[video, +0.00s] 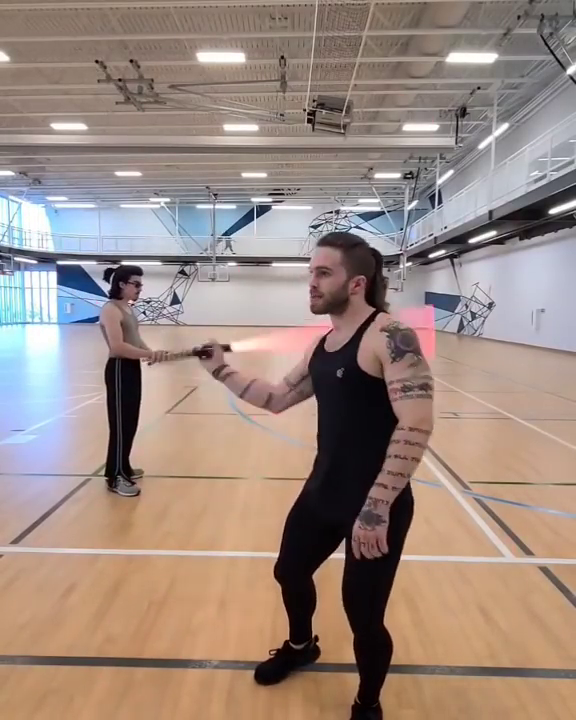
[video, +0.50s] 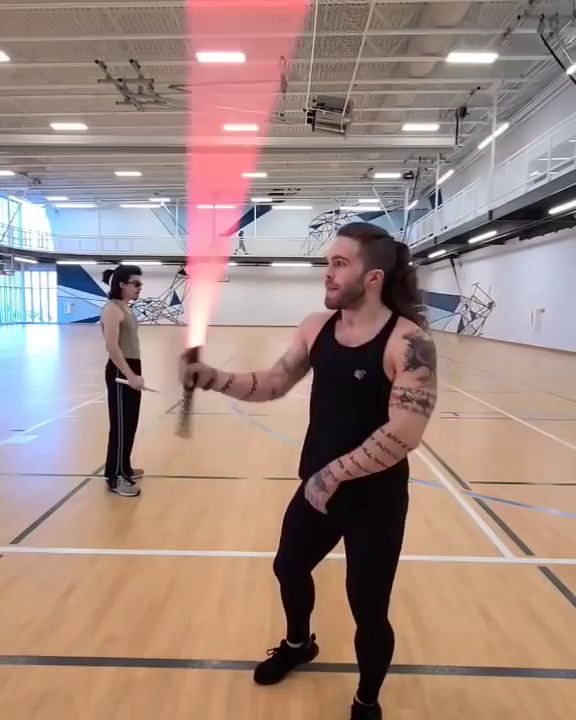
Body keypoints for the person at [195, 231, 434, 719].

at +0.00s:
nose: (312, 281)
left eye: (324, 273)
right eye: (312, 272)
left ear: (358, 282)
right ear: (317, 277)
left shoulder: (391, 336)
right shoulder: (328, 343)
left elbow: (417, 426)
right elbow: (277, 396)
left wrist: (375, 508)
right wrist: (222, 370)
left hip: (377, 497)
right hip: (328, 486)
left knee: (363, 612)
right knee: (291, 569)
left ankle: (368, 702)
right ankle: (301, 643)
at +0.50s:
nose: (327, 274)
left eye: (340, 265)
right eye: (328, 264)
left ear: (374, 277)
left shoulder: (409, 340)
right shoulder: (320, 326)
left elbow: (405, 432)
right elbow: (273, 382)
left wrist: (335, 472)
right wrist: (214, 378)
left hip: (377, 494)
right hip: (322, 483)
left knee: (368, 605)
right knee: (290, 565)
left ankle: (367, 700)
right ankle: (297, 642)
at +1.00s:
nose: (361, 276)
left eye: (375, 264)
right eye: (352, 264)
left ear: (399, 273)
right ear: (342, 269)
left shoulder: (418, 354)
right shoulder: (306, 325)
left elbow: (424, 443)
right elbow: (241, 375)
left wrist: (364, 493)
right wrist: (199, 410)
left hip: (374, 494)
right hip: (311, 482)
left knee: (367, 606)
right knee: (286, 568)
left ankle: (366, 699)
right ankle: (298, 639)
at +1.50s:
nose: (327, 277)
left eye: (340, 266)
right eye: (319, 267)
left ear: (362, 271)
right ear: (311, 274)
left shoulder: (392, 335)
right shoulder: (317, 341)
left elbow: (428, 419)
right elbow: (284, 405)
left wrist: (380, 494)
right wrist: (222, 388)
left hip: (369, 495)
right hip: (316, 486)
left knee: (365, 610)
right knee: (281, 573)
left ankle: (367, 700)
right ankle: (296, 640)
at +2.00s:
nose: (288, 275)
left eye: (301, 265)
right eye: (282, 266)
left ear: (328, 275)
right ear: (277, 275)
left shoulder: (344, 333)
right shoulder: (286, 332)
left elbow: (377, 394)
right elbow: (280, 415)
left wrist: (307, 368)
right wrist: (268, 477)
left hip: (321, 491)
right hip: (275, 485)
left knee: (336, 599)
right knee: (283, 576)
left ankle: (364, 696)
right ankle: (290, 655)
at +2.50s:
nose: (274, 283)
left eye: (286, 275)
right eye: (269, 274)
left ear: (312, 280)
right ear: (263, 276)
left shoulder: (322, 331)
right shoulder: (281, 331)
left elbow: (331, 375)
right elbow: (271, 412)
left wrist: (296, 385)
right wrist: (255, 462)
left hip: (303, 483)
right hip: (268, 478)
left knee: (298, 599)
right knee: (280, 574)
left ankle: (342, 690)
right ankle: (289, 655)